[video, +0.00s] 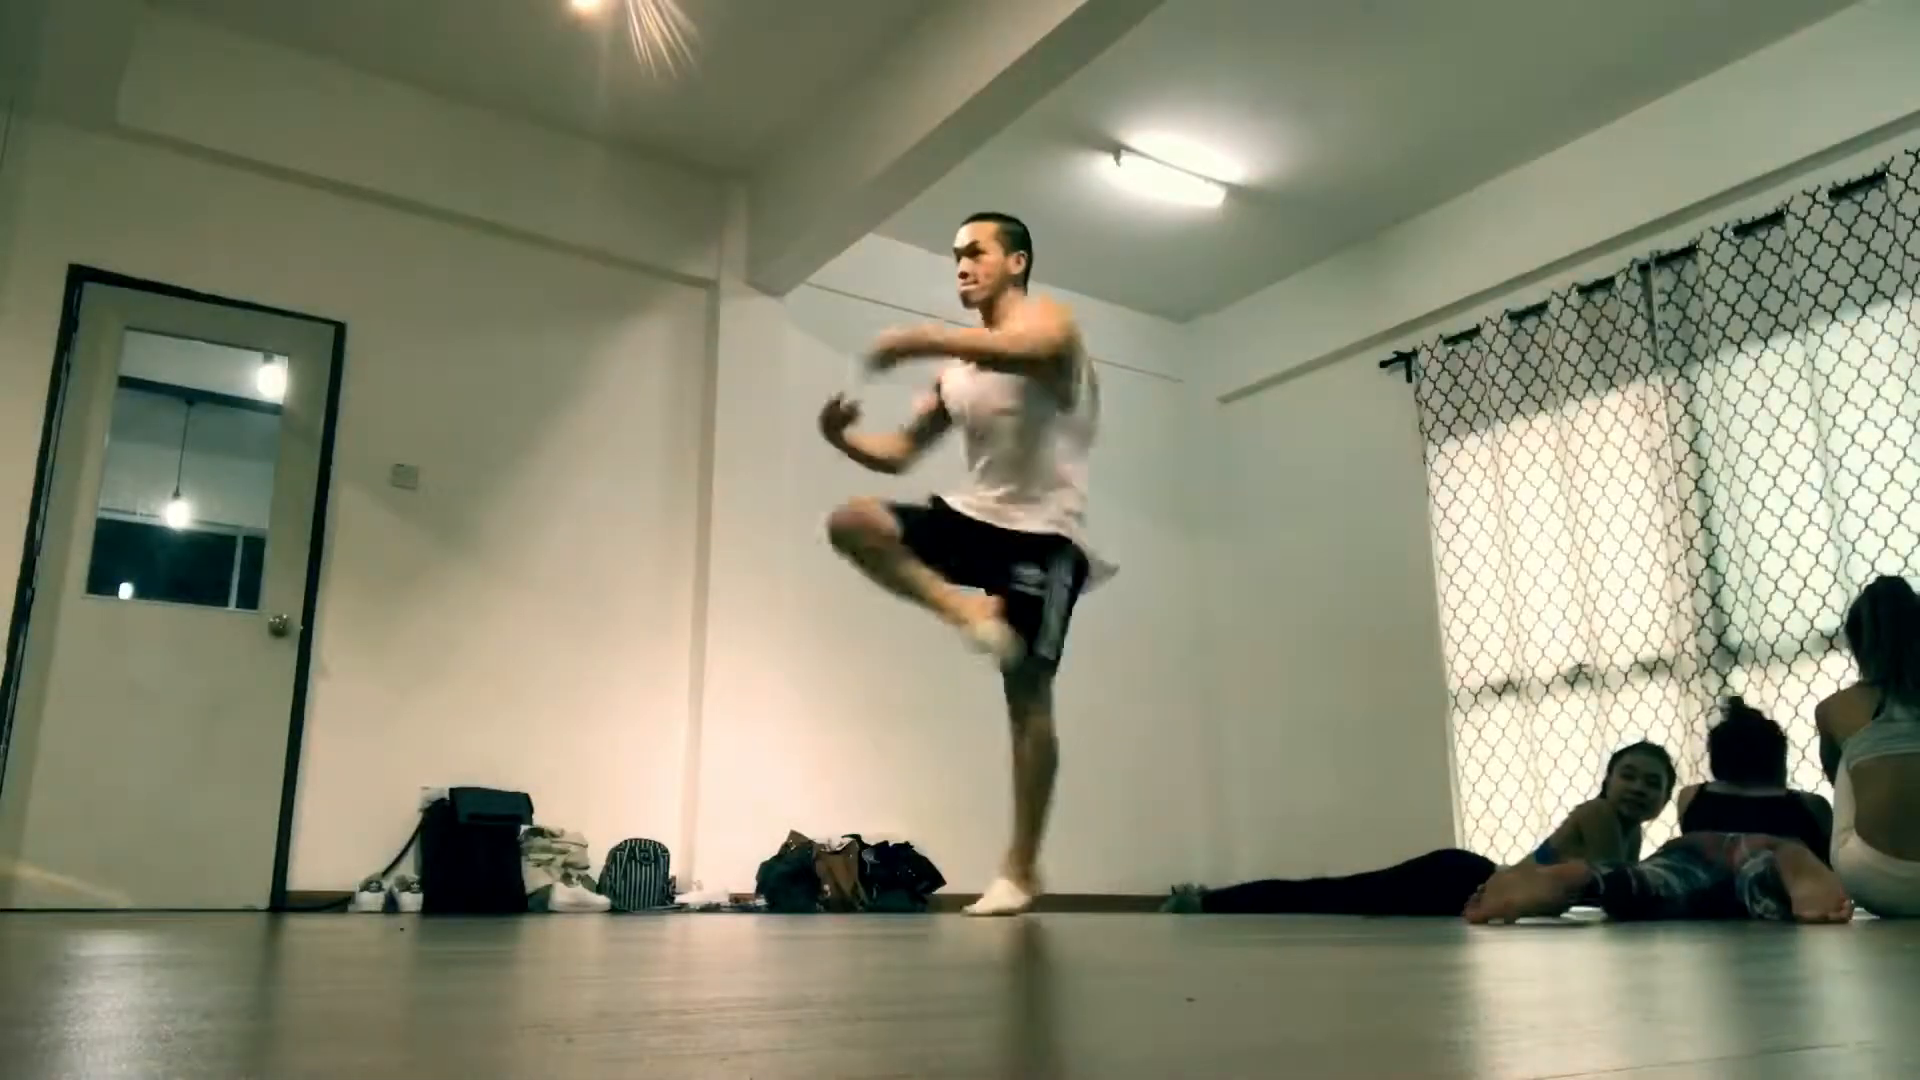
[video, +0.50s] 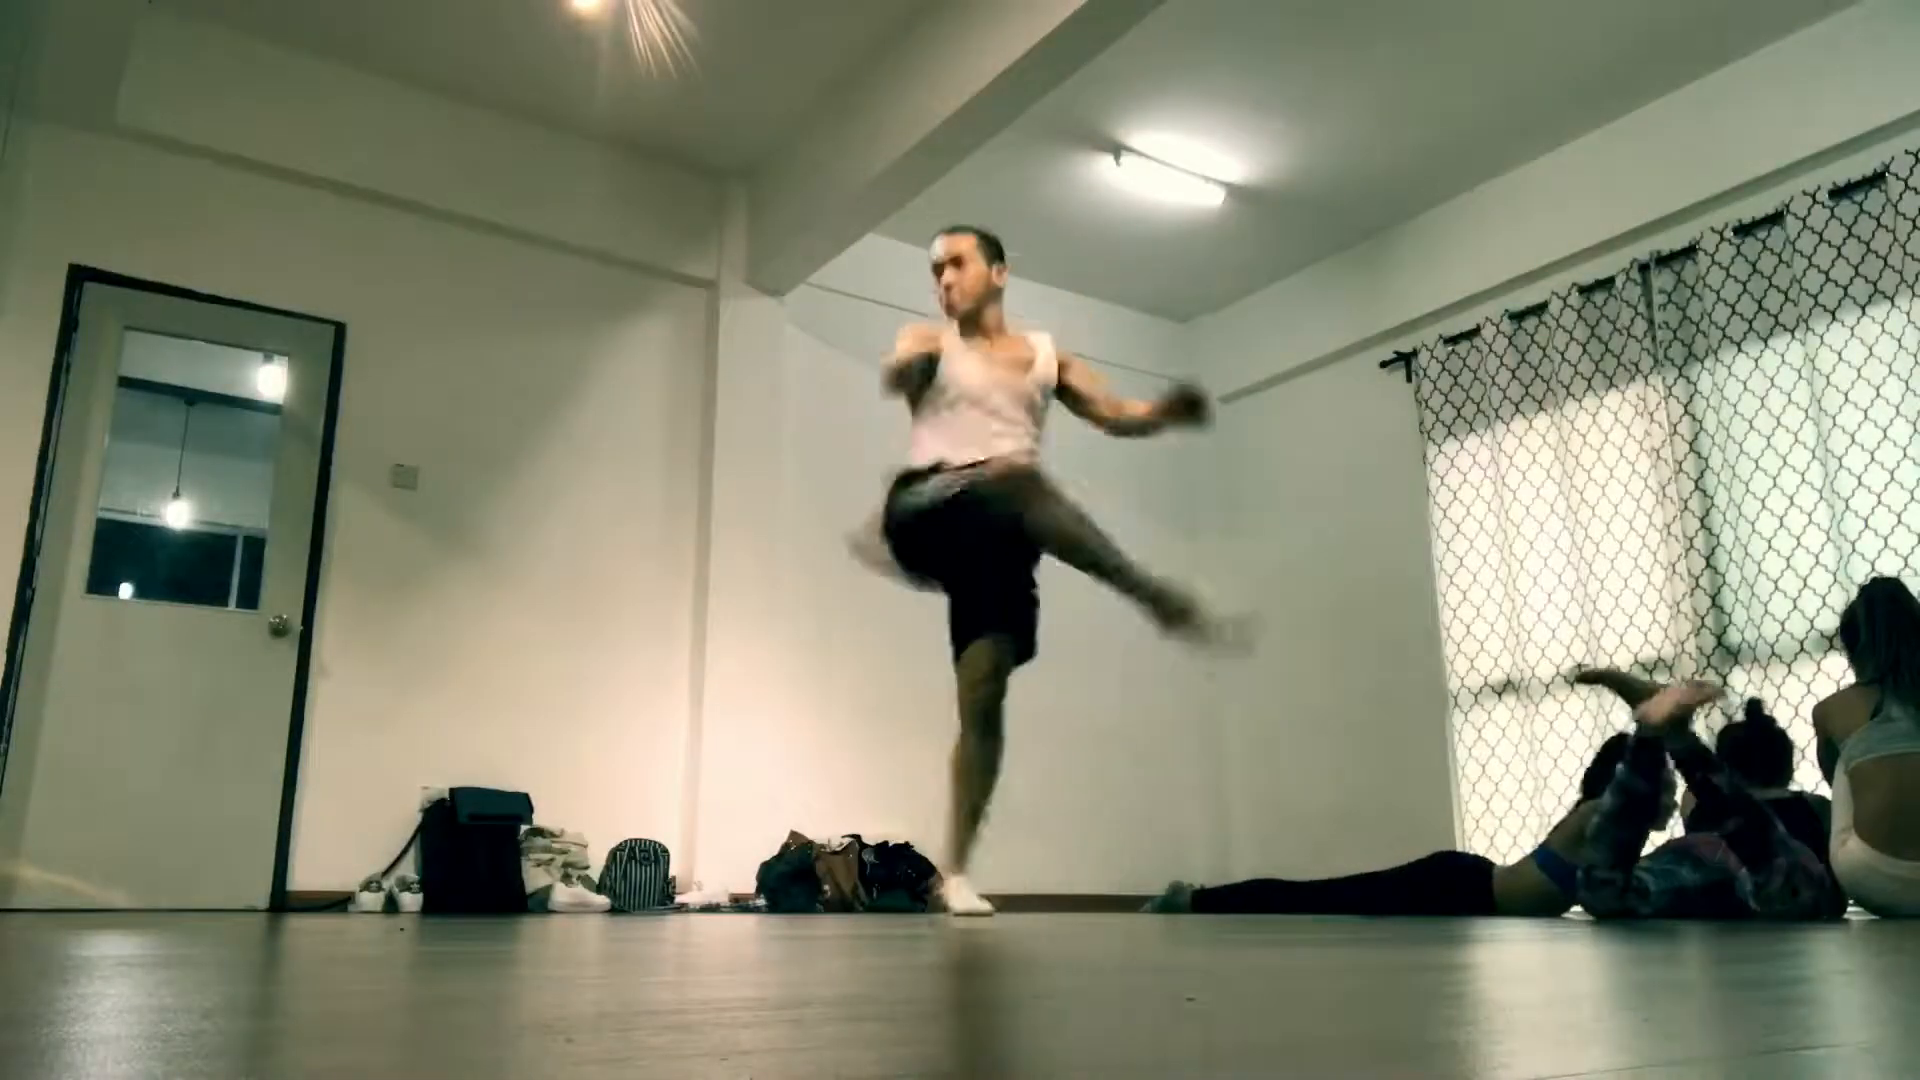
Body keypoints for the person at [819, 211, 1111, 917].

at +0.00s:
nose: (961, 266)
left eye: (976, 253)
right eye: (958, 256)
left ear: (1017, 262)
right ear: (961, 273)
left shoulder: (1051, 318)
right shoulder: (960, 368)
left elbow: (1034, 348)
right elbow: (900, 450)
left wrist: (924, 339)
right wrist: (845, 436)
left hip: (1042, 533)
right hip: (970, 521)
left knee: (1027, 700)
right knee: (849, 523)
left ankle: (1020, 873)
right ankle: (970, 611)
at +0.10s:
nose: (941, 257)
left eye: (955, 245)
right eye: (941, 246)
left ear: (996, 255)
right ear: (991, 263)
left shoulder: (973, 301)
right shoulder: (1014, 331)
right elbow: (1001, 458)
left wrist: (838, 396)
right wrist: (915, 462)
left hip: (1022, 505)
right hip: (1032, 506)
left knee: (1025, 691)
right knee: (920, 555)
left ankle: (1043, 865)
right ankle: (941, 624)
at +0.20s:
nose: (928, 254)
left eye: (935, 243)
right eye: (933, 241)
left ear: (951, 251)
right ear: (998, 259)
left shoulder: (911, 322)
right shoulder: (1041, 333)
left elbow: (865, 417)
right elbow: (1100, 424)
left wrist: (921, 444)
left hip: (969, 525)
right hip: (1060, 524)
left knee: (989, 685)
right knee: (1019, 593)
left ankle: (1015, 860)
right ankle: (952, 663)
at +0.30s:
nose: (1004, 249)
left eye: (998, 236)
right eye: (994, 237)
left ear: (938, 260)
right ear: (972, 249)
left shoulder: (903, 350)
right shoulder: (995, 313)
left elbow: (957, 445)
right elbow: (1115, 364)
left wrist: (1044, 421)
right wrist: (1123, 388)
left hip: (935, 532)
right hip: (1007, 496)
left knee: (956, 682)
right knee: (1131, 523)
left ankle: (968, 854)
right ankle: (1024, 638)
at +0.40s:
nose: (957, 245)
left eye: (970, 234)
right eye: (943, 239)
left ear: (996, 253)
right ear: (933, 262)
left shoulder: (1006, 347)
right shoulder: (938, 311)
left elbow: (1055, 420)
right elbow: (1019, 331)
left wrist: (1119, 389)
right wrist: (1109, 327)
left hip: (960, 512)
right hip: (952, 475)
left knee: (962, 680)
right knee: (1111, 484)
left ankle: (937, 852)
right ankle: (1098, 637)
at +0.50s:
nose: (943, 279)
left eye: (956, 265)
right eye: (937, 270)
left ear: (997, 273)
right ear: (937, 286)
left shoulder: (1043, 355)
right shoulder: (926, 337)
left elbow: (1112, 414)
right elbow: (900, 381)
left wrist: (1165, 413)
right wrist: (918, 367)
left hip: (1002, 519)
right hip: (926, 514)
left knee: (982, 698)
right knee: (1021, 483)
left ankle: (953, 872)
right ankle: (1162, 602)